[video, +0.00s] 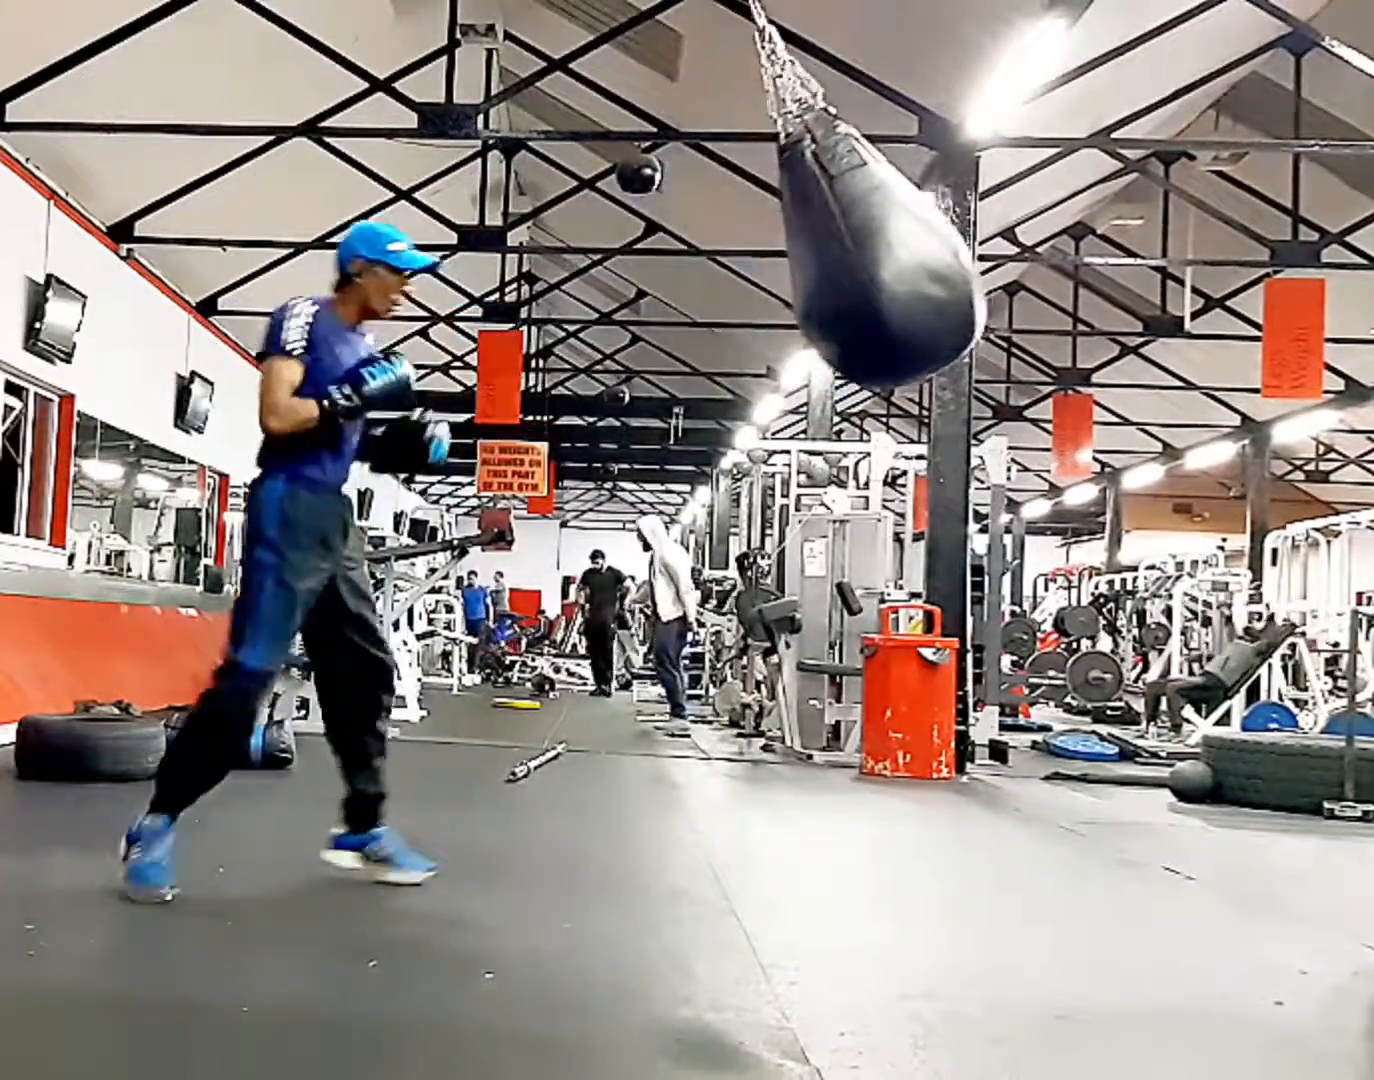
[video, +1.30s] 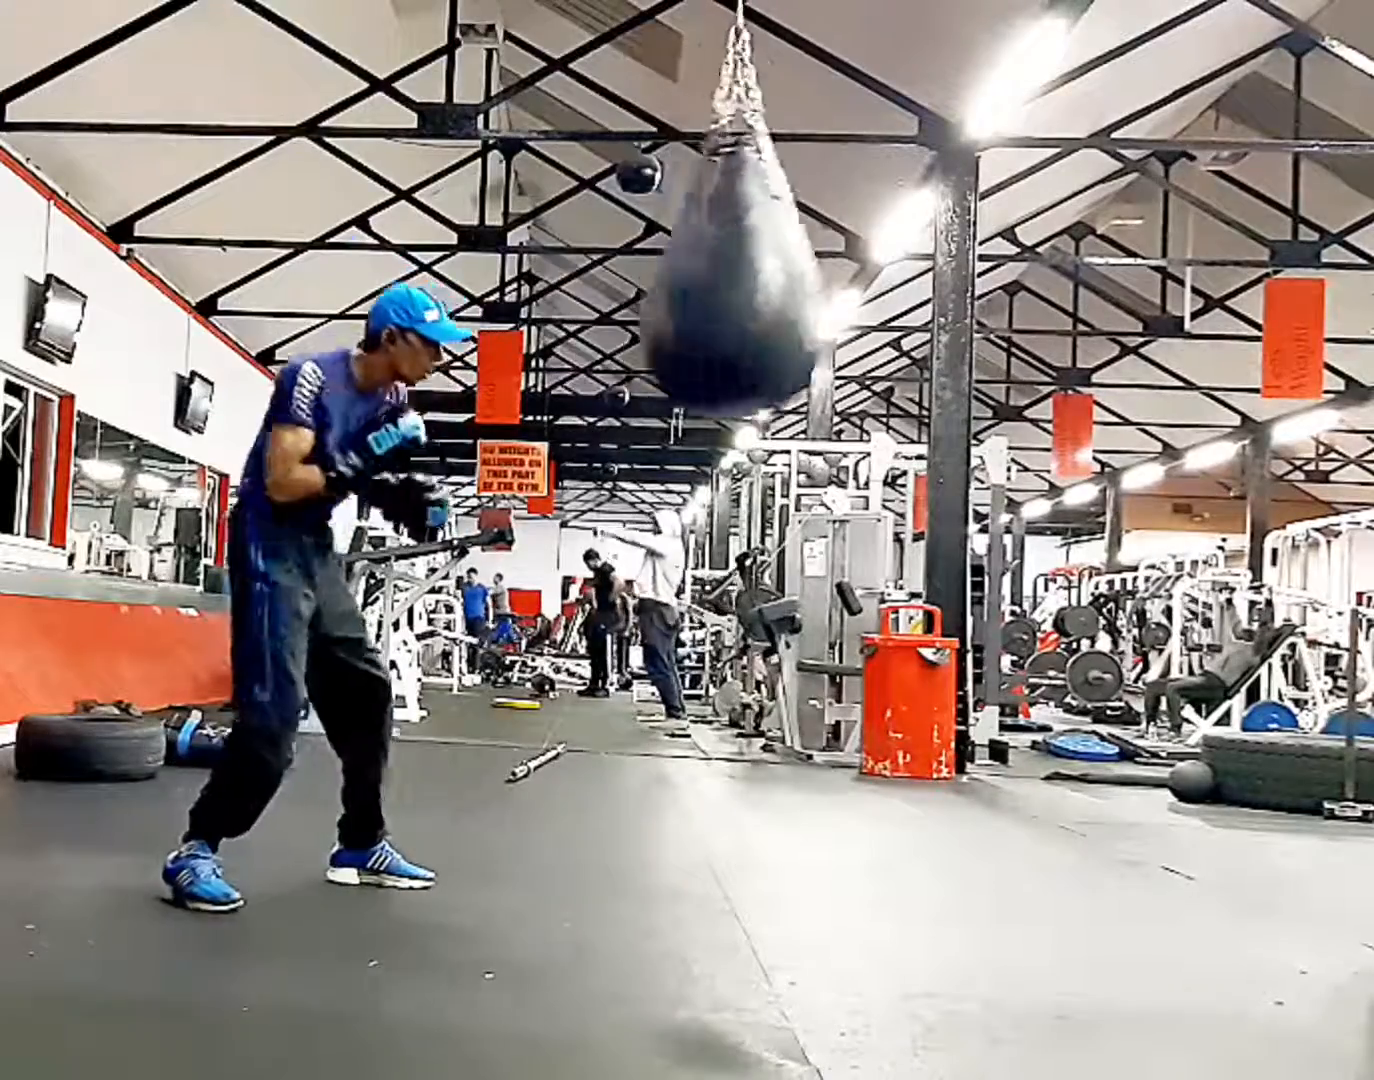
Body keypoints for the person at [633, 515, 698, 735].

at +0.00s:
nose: (638, 538)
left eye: (640, 534)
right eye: (638, 534)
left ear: (651, 534)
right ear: (652, 533)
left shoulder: (670, 553)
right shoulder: (655, 556)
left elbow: (685, 585)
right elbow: (652, 586)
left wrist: (691, 616)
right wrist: (633, 600)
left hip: (673, 616)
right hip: (662, 616)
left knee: (666, 662)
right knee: (667, 662)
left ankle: (678, 710)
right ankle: (676, 708)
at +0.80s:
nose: (627, 535)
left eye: (630, 529)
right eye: (627, 530)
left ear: (640, 531)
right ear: (643, 531)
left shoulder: (656, 554)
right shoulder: (647, 555)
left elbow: (669, 588)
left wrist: (671, 622)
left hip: (671, 616)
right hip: (663, 616)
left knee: (663, 666)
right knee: (673, 666)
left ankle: (676, 712)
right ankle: (678, 710)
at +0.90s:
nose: (633, 530)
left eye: (637, 526)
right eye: (635, 525)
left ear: (647, 528)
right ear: (651, 527)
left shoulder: (658, 551)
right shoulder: (650, 550)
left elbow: (661, 585)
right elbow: (650, 583)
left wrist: (650, 611)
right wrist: (639, 596)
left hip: (668, 612)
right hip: (663, 612)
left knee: (661, 663)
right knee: (668, 662)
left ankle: (675, 711)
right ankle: (677, 708)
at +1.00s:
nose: (641, 528)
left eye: (645, 524)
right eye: (642, 523)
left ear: (654, 526)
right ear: (661, 526)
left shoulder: (658, 549)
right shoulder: (667, 547)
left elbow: (650, 577)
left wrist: (630, 594)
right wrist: (635, 592)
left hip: (661, 609)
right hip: (669, 607)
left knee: (661, 661)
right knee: (668, 659)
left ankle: (675, 709)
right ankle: (677, 707)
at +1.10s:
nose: (650, 526)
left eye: (653, 522)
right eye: (651, 521)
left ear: (662, 523)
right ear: (666, 523)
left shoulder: (667, 544)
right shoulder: (664, 545)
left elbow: (645, 565)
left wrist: (613, 568)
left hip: (659, 605)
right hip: (656, 604)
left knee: (661, 658)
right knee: (662, 658)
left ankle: (675, 708)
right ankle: (675, 706)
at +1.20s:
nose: (652, 528)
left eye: (656, 525)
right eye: (654, 524)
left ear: (665, 526)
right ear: (673, 527)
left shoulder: (665, 544)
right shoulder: (675, 546)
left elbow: (638, 549)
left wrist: (605, 553)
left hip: (655, 602)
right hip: (665, 603)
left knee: (658, 658)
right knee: (666, 658)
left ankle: (675, 708)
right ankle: (676, 707)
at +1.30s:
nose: (654, 528)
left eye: (656, 524)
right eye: (655, 524)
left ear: (665, 524)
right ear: (673, 525)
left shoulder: (666, 543)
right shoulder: (675, 546)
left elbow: (638, 539)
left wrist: (611, 533)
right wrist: (634, 584)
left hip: (657, 606)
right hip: (665, 606)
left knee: (657, 661)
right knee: (666, 660)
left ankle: (674, 709)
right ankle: (676, 707)